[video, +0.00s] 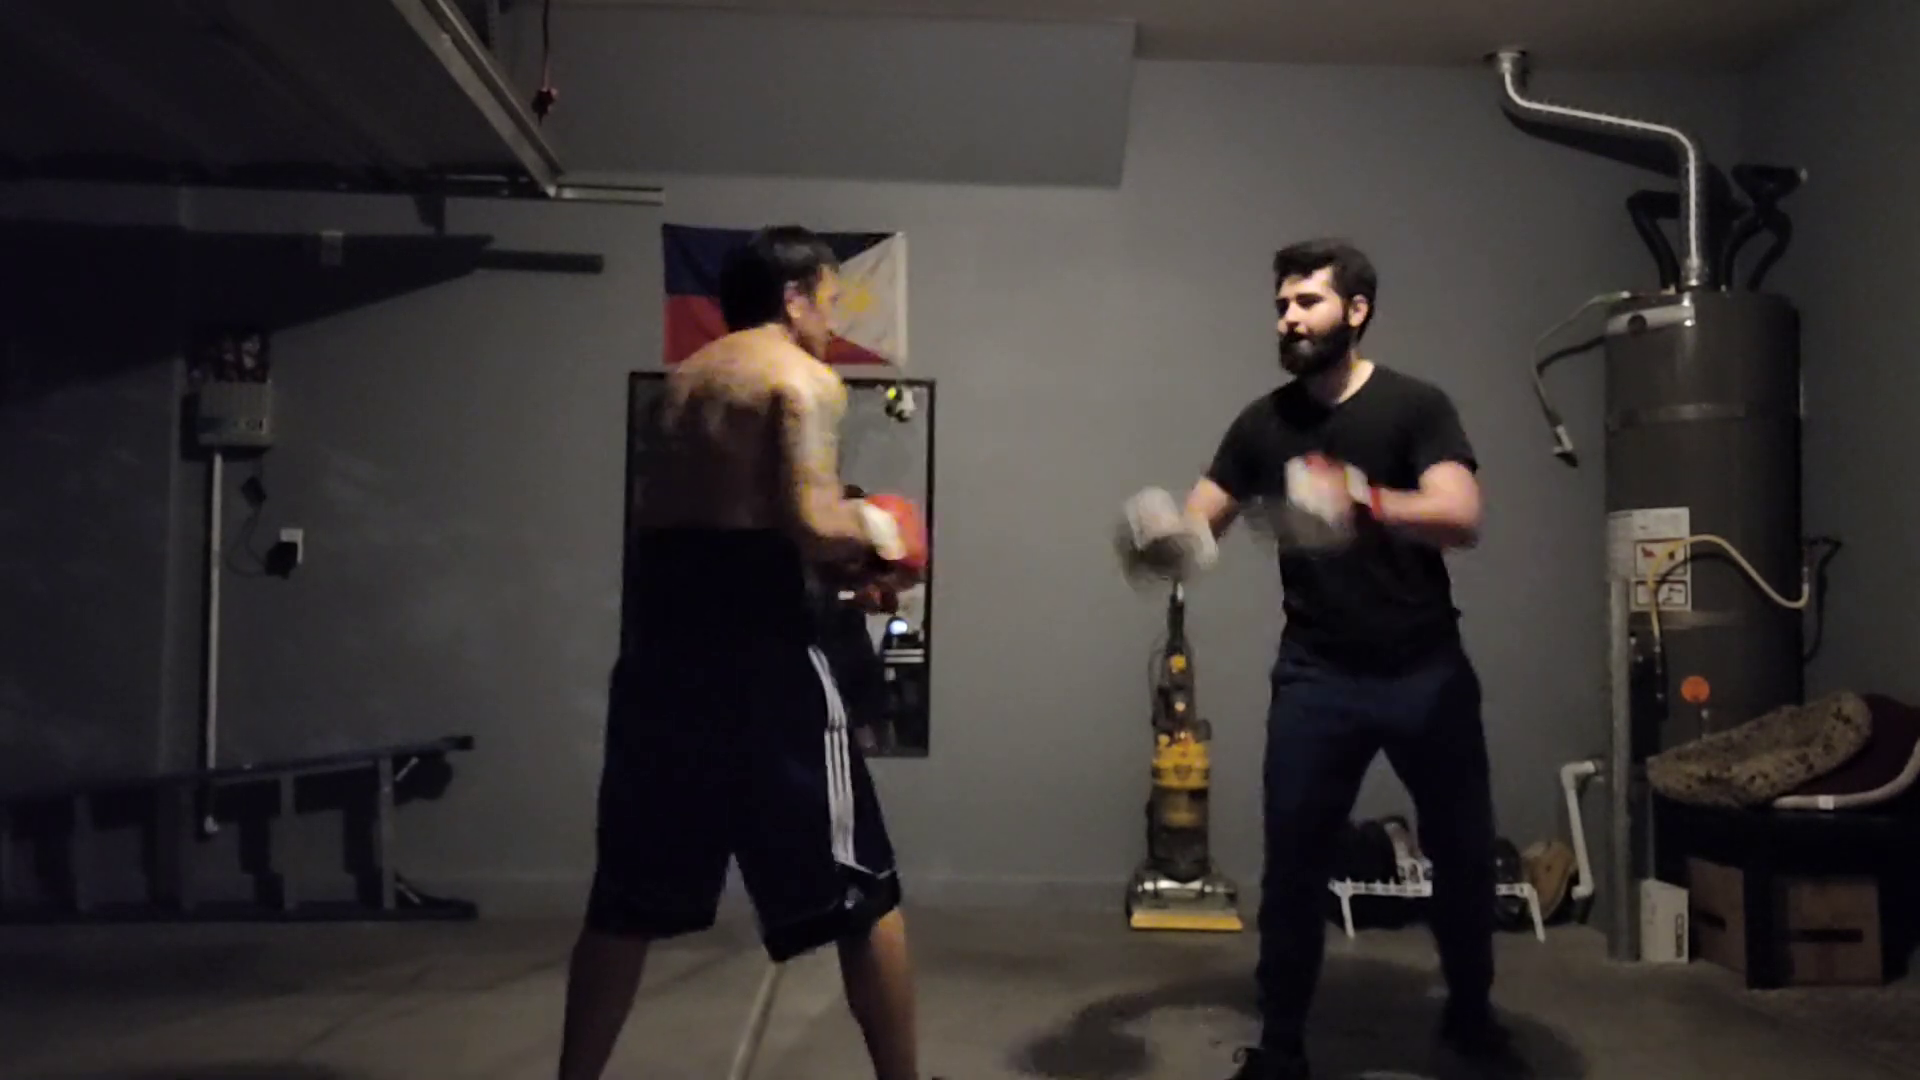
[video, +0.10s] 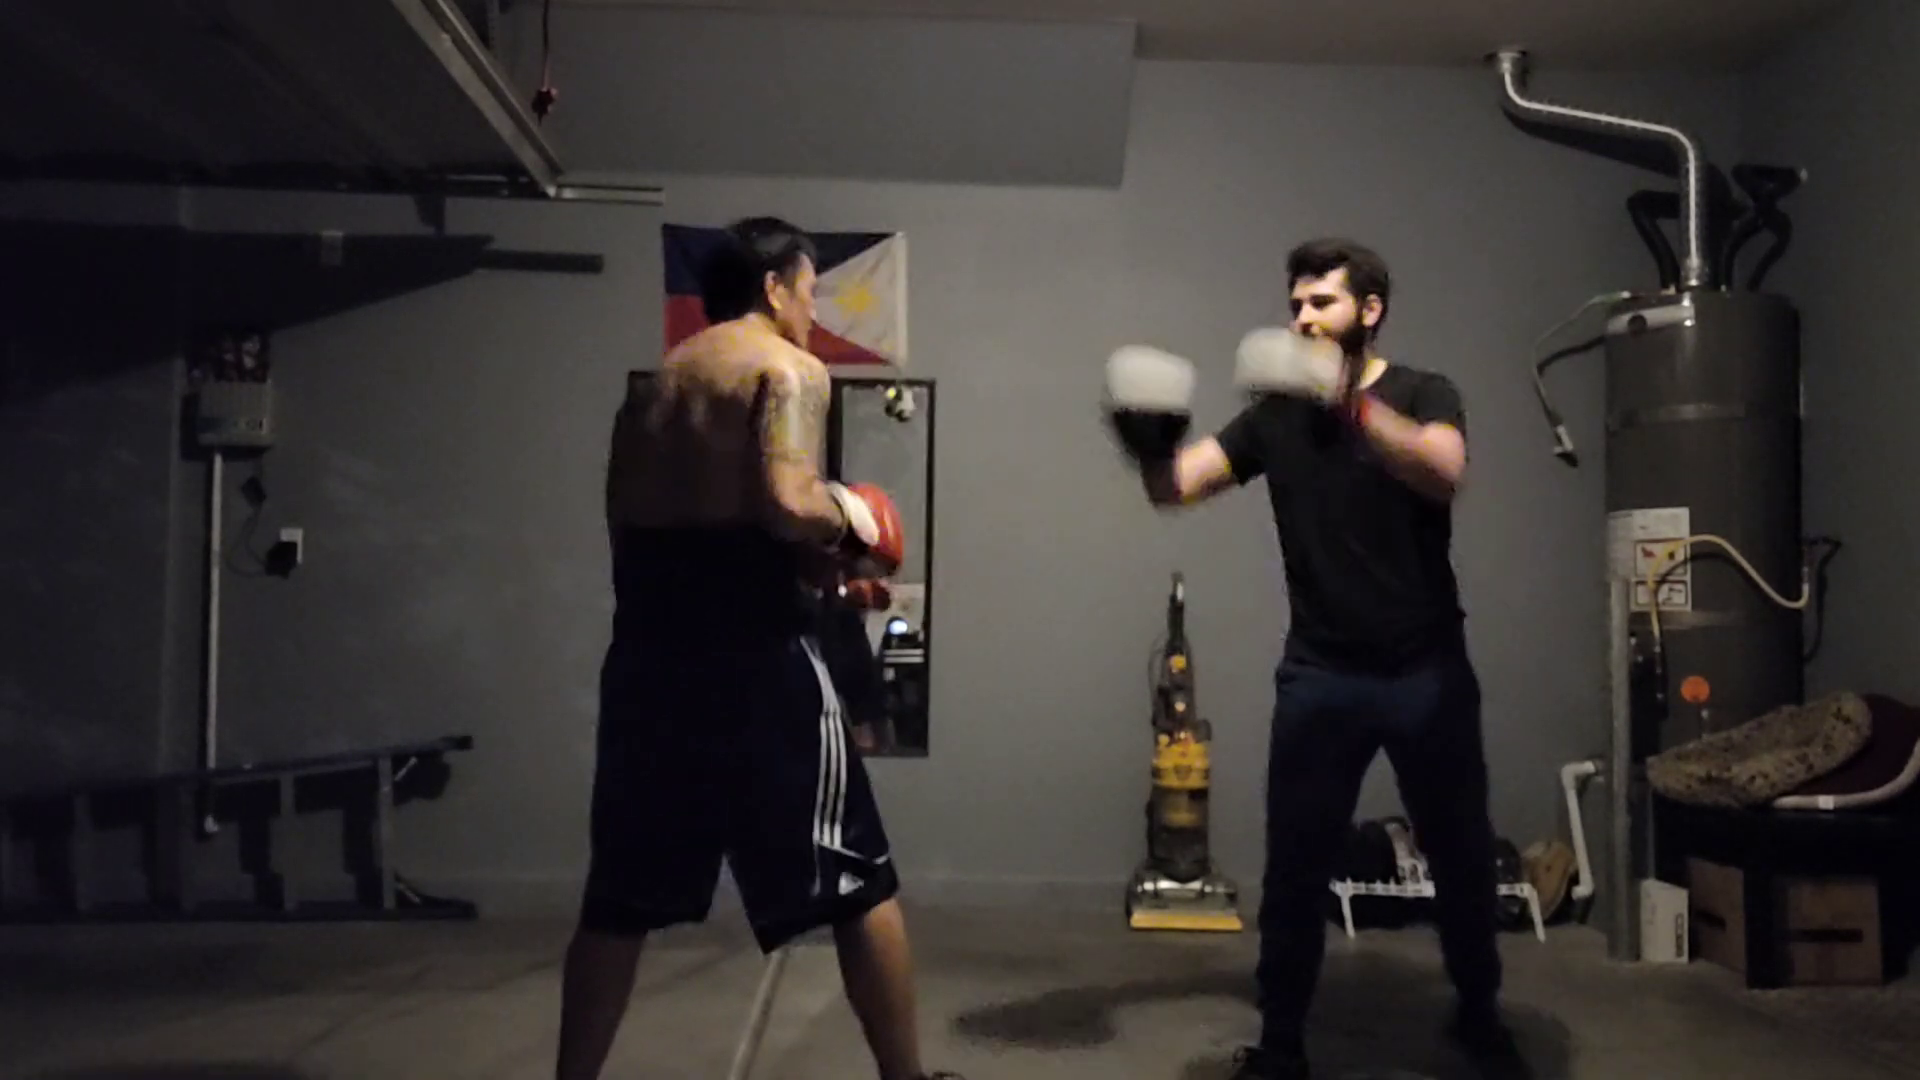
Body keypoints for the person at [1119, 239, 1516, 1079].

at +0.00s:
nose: (1291, 316)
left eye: (1308, 301)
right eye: (1283, 304)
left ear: (1357, 311)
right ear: (1278, 317)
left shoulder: (1417, 407)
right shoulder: (1264, 424)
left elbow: (1461, 516)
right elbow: (1198, 524)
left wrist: (1363, 497)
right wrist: (1163, 540)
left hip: (1425, 677)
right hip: (1316, 679)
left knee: (1464, 858)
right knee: (1292, 864)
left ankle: (1469, 1023)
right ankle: (1280, 1044)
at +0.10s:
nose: (1306, 316)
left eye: (1323, 301)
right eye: (1297, 306)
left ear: (1371, 309)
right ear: (1290, 318)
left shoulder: (1420, 393)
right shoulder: (1277, 413)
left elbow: (1444, 469)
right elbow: (1176, 486)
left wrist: (1349, 400)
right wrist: (1149, 436)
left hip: (1426, 673)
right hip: (1319, 676)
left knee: (1463, 861)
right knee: (1294, 870)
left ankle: (1480, 1025)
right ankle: (1279, 1045)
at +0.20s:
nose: (1337, 320)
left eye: (1354, 303)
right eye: (1327, 309)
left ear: (1394, 310)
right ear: (1317, 323)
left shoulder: (1445, 392)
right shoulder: (1296, 411)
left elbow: (1435, 419)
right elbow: (1179, 431)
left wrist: (1376, 331)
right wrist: (1185, 353)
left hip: (1435, 673)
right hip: (1330, 676)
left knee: (1461, 864)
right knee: (1299, 860)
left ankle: (1480, 1034)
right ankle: (1281, 1043)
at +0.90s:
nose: (1296, 316)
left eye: (1315, 302)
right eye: (1286, 297)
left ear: (1346, 316)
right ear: (1262, 312)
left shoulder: (1382, 396)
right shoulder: (1241, 405)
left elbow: (1329, 429)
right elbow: (1125, 393)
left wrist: (1305, 334)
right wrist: (1134, 299)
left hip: (1375, 673)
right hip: (1270, 673)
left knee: (1421, 854)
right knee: (1227, 853)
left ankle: (1469, 1025)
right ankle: (1188, 1032)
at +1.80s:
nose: (1255, 354)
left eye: (1271, 339)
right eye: (1247, 341)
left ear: (1308, 341)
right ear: (1237, 346)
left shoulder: (1351, 415)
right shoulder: (1218, 422)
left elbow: (1307, 440)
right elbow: (1112, 426)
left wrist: (1299, 344)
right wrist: (1106, 351)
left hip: (1336, 679)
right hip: (1241, 676)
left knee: (1360, 847)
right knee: (1191, 836)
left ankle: (1396, 1006)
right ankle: (1143, 1013)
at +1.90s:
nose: (1237, 343)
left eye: (1253, 330)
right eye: (1228, 332)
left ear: (1296, 336)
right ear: (1218, 341)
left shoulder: (1327, 411)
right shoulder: (1207, 425)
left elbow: (1249, 426)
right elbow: (1100, 443)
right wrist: (1103, 363)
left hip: (1312, 678)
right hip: (1217, 678)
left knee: (1354, 847)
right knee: (1170, 842)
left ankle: (1395, 1008)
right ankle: (1143, 1014)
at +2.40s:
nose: (1256, 346)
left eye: (1271, 330)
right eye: (1245, 333)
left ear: (1303, 338)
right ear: (1233, 348)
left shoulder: (1347, 416)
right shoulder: (1217, 435)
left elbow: (1335, 442)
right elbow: (1111, 448)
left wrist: (1283, 354)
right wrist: (1133, 373)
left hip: (1332, 682)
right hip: (1234, 683)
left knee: (1362, 848)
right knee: (1179, 830)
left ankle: (1398, 1007)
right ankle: (1144, 1010)